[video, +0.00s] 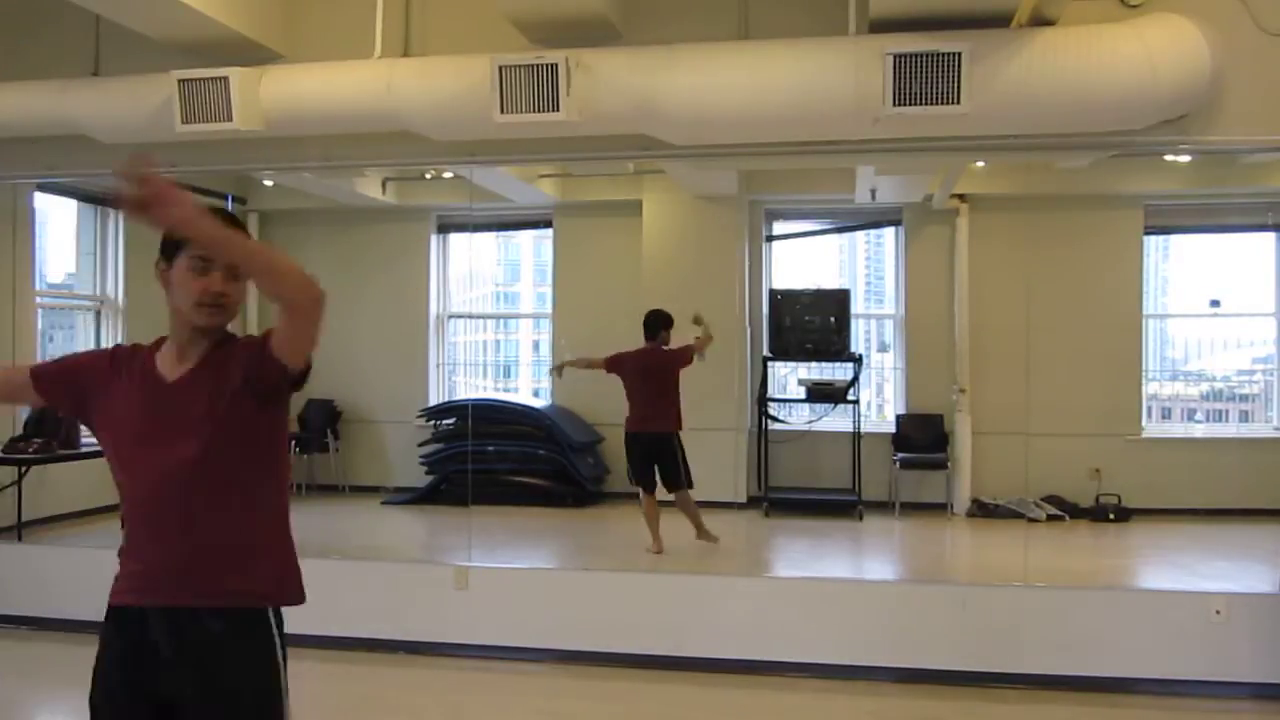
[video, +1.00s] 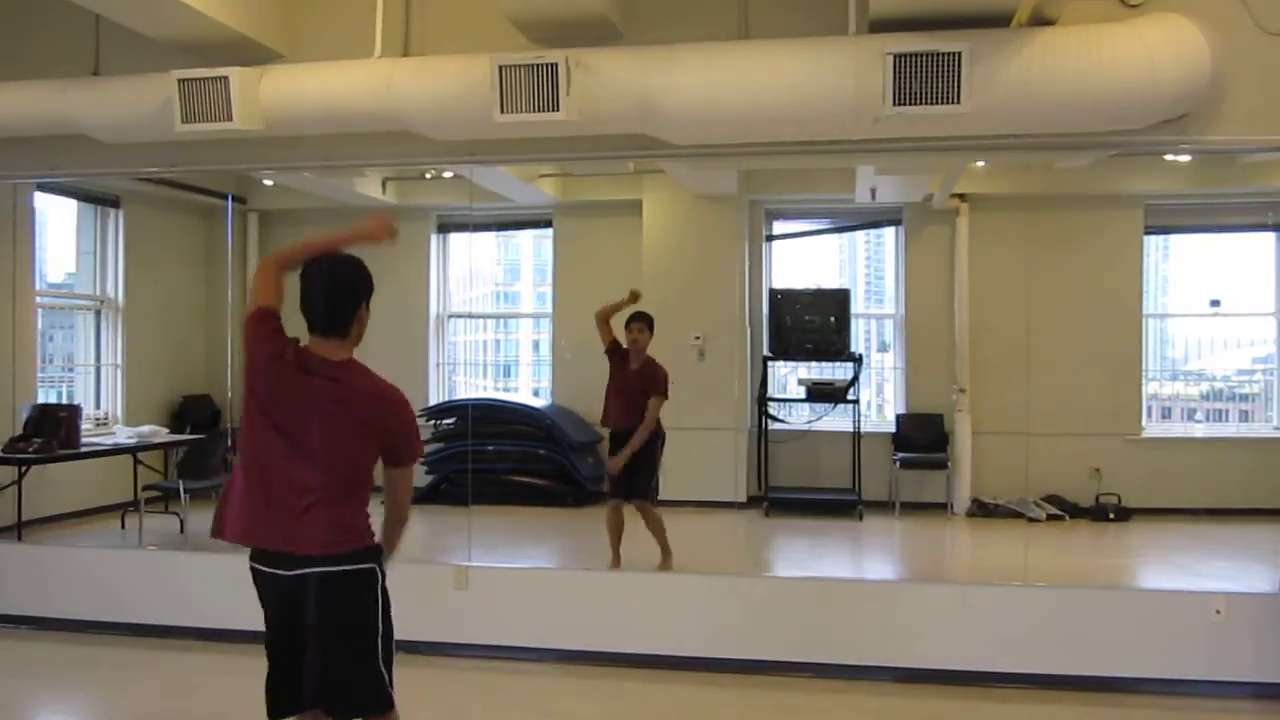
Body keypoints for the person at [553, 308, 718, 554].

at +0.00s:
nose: (671, 335)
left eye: (670, 331)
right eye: (669, 331)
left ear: (645, 332)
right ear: (663, 332)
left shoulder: (627, 359)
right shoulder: (671, 357)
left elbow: (593, 363)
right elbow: (701, 344)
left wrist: (565, 363)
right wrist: (705, 328)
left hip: (636, 434)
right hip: (666, 434)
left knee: (647, 491)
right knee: (679, 489)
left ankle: (656, 542)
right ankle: (701, 529)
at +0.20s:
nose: (674, 322)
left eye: (673, 317)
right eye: (671, 317)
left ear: (652, 320)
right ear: (656, 320)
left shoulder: (633, 337)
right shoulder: (663, 348)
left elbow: (616, 325)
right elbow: (706, 359)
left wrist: (600, 312)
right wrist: (751, 356)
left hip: (644, 416)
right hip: (660, 415)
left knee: (663, 478)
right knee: (682, 469)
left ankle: (659, 542)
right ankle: (715, 516)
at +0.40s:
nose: (664, 328)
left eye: (667, 324)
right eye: (659, 324)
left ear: (669, 325)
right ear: (647, 325)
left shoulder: (659, 345)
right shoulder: (644, 360)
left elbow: (656, 309)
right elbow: (638, 402)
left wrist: (650, 272)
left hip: (670, 418)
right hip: (655, 419)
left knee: (679, 484)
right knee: (665, 463)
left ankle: (660, 545)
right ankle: (673, 508)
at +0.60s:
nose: (649, 316)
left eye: (653, 311)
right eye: (644, 312)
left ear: (658, 314)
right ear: (635, 315)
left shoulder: (668, 337)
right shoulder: (625, 345)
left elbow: (698, 301)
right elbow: (586, 355)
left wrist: (722, 260)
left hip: (668, 418)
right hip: (643, 419)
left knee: (665, 484)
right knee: (634, 483)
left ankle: (662, 542)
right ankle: (620, 547)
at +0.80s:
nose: (632, 319)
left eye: (639, 314)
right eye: (628, 314)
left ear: (648, 319)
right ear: (622, 318)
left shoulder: (660, 350)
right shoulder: (610, 344)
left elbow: (698, 359)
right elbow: (586, 310)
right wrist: (583, 272)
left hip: (650, 427)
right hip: (617, 427)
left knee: (663, 491)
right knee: (613, 494)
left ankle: (671, 541)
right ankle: (613, 554)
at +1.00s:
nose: (635, 336)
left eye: (641, 331)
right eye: (631, 331)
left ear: (651, 336)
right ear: (625, 334)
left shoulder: (656, 373)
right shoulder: (617, 358)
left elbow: (650, 422)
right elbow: (601, 318)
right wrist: (624, 303)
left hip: (646, 437)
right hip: (618, 436)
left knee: (642, 501)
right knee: (614, 502)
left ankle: (666, 554)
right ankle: (615, 558)